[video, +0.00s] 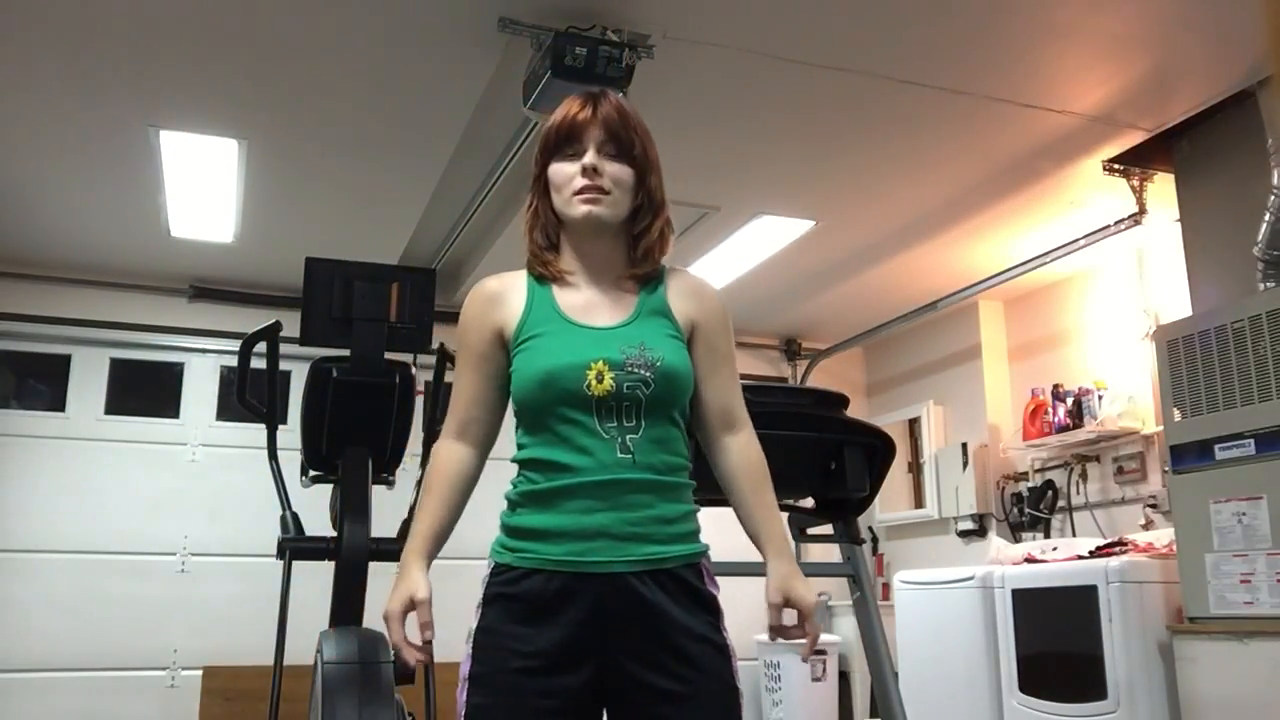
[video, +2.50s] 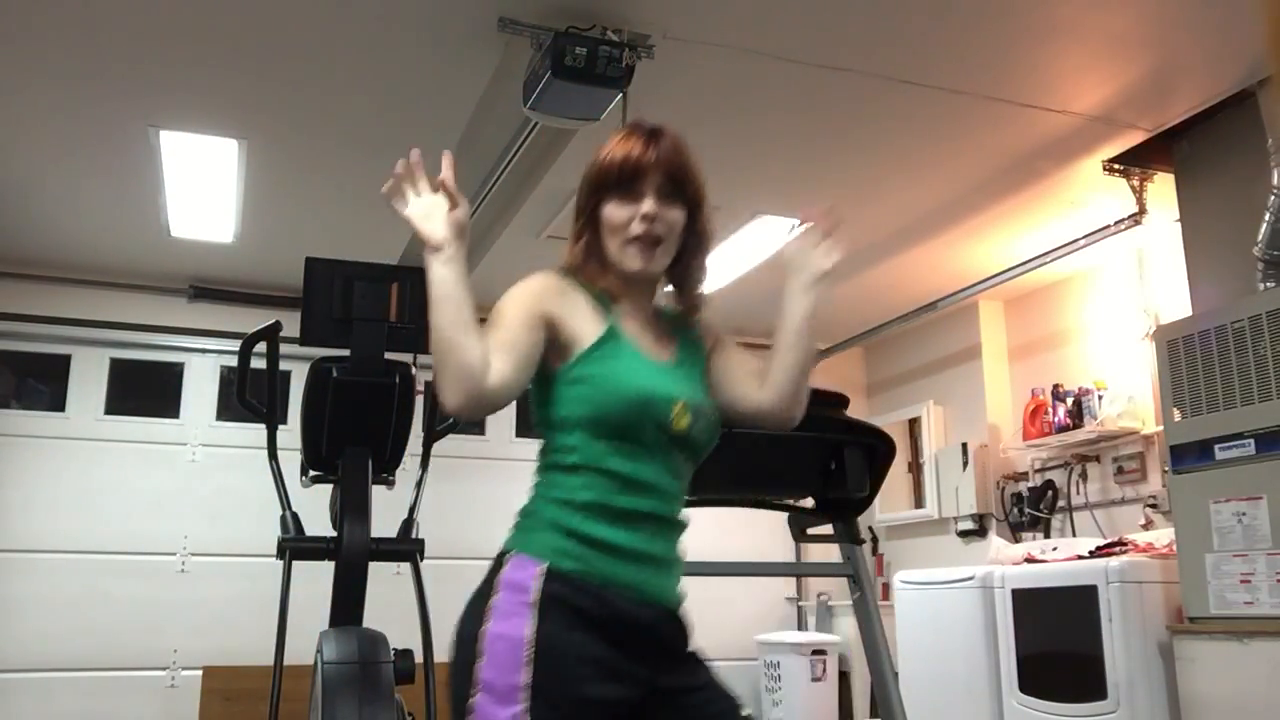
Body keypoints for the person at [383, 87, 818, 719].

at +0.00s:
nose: (591, 165)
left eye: (614, 153)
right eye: (570, 153)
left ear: (642, 182)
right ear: (544, 183)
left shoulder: (691, 300)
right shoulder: (499, 301)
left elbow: (731, 434)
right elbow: (462, 439)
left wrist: (781, 559)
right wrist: (415, 561)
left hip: (670, 599)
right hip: (534, 599)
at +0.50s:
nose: (575, 181)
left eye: (598, 168)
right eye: (556, 167)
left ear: (628, 195)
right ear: (533, 194)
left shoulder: (681, 305)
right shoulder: (493, 320)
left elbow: (716, 439)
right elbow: (470, 460)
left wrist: (749, 566)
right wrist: (404, 577)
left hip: (641, 609)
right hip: (504, 605)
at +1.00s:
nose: (553, 179)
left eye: (577, 165)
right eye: (535, 165)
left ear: (606, 191)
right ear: (511, 192)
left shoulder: (656, 301)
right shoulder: (471, 316)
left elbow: (696, 430)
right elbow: (449, 459)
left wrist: (725, 559)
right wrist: (397, 582)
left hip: (624, 607)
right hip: (490, 605)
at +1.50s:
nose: (626, 192)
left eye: (650, 177)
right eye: (610, 173)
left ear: (679, 199)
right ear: (584, 190)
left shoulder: (716, 292)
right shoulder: (556, 299)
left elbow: (768, 412)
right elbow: (487, 322)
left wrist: (799, 542)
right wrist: (530, 206)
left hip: (698, 591)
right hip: (582, 595)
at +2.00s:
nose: (697, 221)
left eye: (720, 204)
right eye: (676, 204)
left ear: (750, 221)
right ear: (654, 221)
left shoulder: (798, 334)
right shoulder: (615, 315)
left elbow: (849, 470)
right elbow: (600, 362)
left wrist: (928, 599)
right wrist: (629, 361)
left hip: (786, 614)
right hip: (655, 623)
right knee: (597, 711)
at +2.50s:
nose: (649, 212)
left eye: (669, 196)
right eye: (628, 194)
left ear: (689, 218)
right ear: (595, 211)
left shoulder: (696, 335)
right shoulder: (551, 298)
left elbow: (777, 406)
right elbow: (465, 391)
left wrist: (803, 284)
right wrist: (443, 250)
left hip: (649, 624)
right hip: (547, 611)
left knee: (718, 712)